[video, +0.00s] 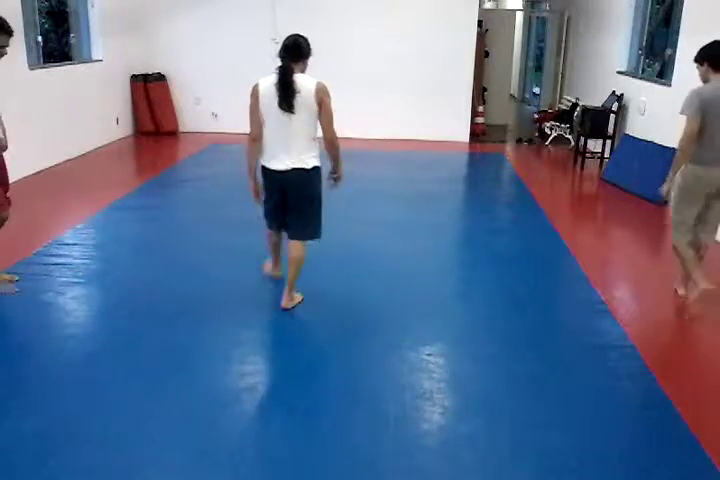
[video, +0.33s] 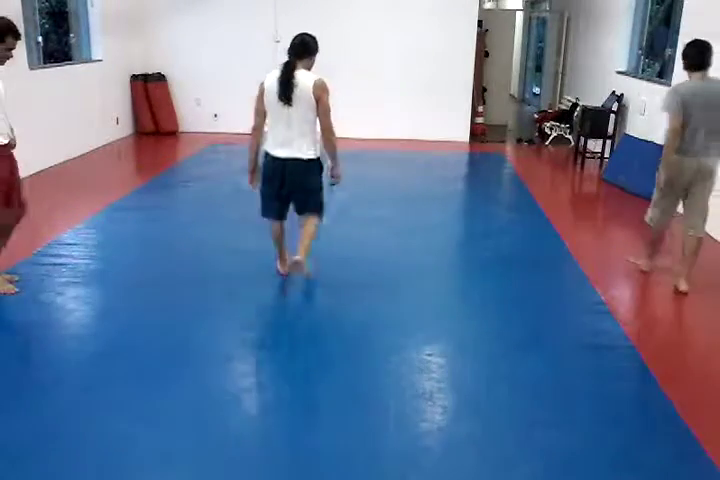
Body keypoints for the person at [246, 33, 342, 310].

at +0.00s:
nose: (307, 63)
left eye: (305, 58)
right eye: (307, 58)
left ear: (281, 56)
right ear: (306, 59)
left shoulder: (260, 89)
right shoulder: (317, 89)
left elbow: (255, 137)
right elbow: (329, 137)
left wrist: (253, 177)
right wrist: (336, 165)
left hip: (272, 173)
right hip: (304, 174)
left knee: (273, 223)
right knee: (298, 236)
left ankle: (275, 264)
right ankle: (289, 294)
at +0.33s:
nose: (314, 61)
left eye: (314, 57)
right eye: (314, 57)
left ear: (290, 53)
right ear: (311, 57)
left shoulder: (268, 82)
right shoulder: (316, 84)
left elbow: (257, 127)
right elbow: (326, 130)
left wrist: (252, 165)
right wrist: (335, 163)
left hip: (274, 162)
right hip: (305, 162)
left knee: (276, 215)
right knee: (311, 212)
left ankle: (282, 261)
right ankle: (301, 255)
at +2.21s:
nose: (302, 61)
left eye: (306, 57)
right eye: (299, 57)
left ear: (315, 51)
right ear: (294, 53)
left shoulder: (328, 68)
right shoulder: (290, 69)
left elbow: (340, 97)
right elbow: (285, 98)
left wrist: (335, 102)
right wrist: (280, 130)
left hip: (324, 127)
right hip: (299, 127)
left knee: (334, 174)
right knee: (295, 173)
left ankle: (343, 212)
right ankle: (296, 211)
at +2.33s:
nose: (306, 62)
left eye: (310, 58)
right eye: (304, 57)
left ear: (320, 54)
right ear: (300, 54)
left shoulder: (332, 66)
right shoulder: (295, 70)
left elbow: (343, 94)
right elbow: (289, 99)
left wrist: (332, 76)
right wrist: (282, 128)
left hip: (327, 126)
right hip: (302, 126)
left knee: (336, 175)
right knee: (296, 173)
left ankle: (344, 213)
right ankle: (297, 211)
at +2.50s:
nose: (314, 62)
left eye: (317, 59)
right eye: (312, 58)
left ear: (328, 56)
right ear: (309, 54)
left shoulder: (338, 68)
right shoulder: (303, 69)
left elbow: (348, 74)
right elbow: (296, 98)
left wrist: (337, 46)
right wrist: (288, 128)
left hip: (333, 127)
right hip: (308, 126)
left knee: (341, 176)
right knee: (300, 173)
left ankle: (344, 213)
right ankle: (297, 211)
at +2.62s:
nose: (317, 62)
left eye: (321, 59)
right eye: (315, 58)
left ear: (332, 55)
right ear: (313, 53)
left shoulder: (343, 64)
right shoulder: (307, 68)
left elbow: (359, 67)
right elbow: (300, 99)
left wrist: (342, 42)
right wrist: (294, 130)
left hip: (336, 127)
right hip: (311, 126)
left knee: (344, 176)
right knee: (303, 174)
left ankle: (344, 213)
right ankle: (299, 211)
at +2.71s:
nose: (317, 60)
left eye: (320, 57)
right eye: (315, 56)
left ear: (332, 55)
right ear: (314, 53)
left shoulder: (345, 64)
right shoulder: (308, 67)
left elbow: (362, 65)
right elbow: (302, 99)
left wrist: (344, 41)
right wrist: (297, 130)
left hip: (338, 126)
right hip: (313, 126)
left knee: (345, 176)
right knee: (303, 173)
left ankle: (344, 213)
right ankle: (299, 210)